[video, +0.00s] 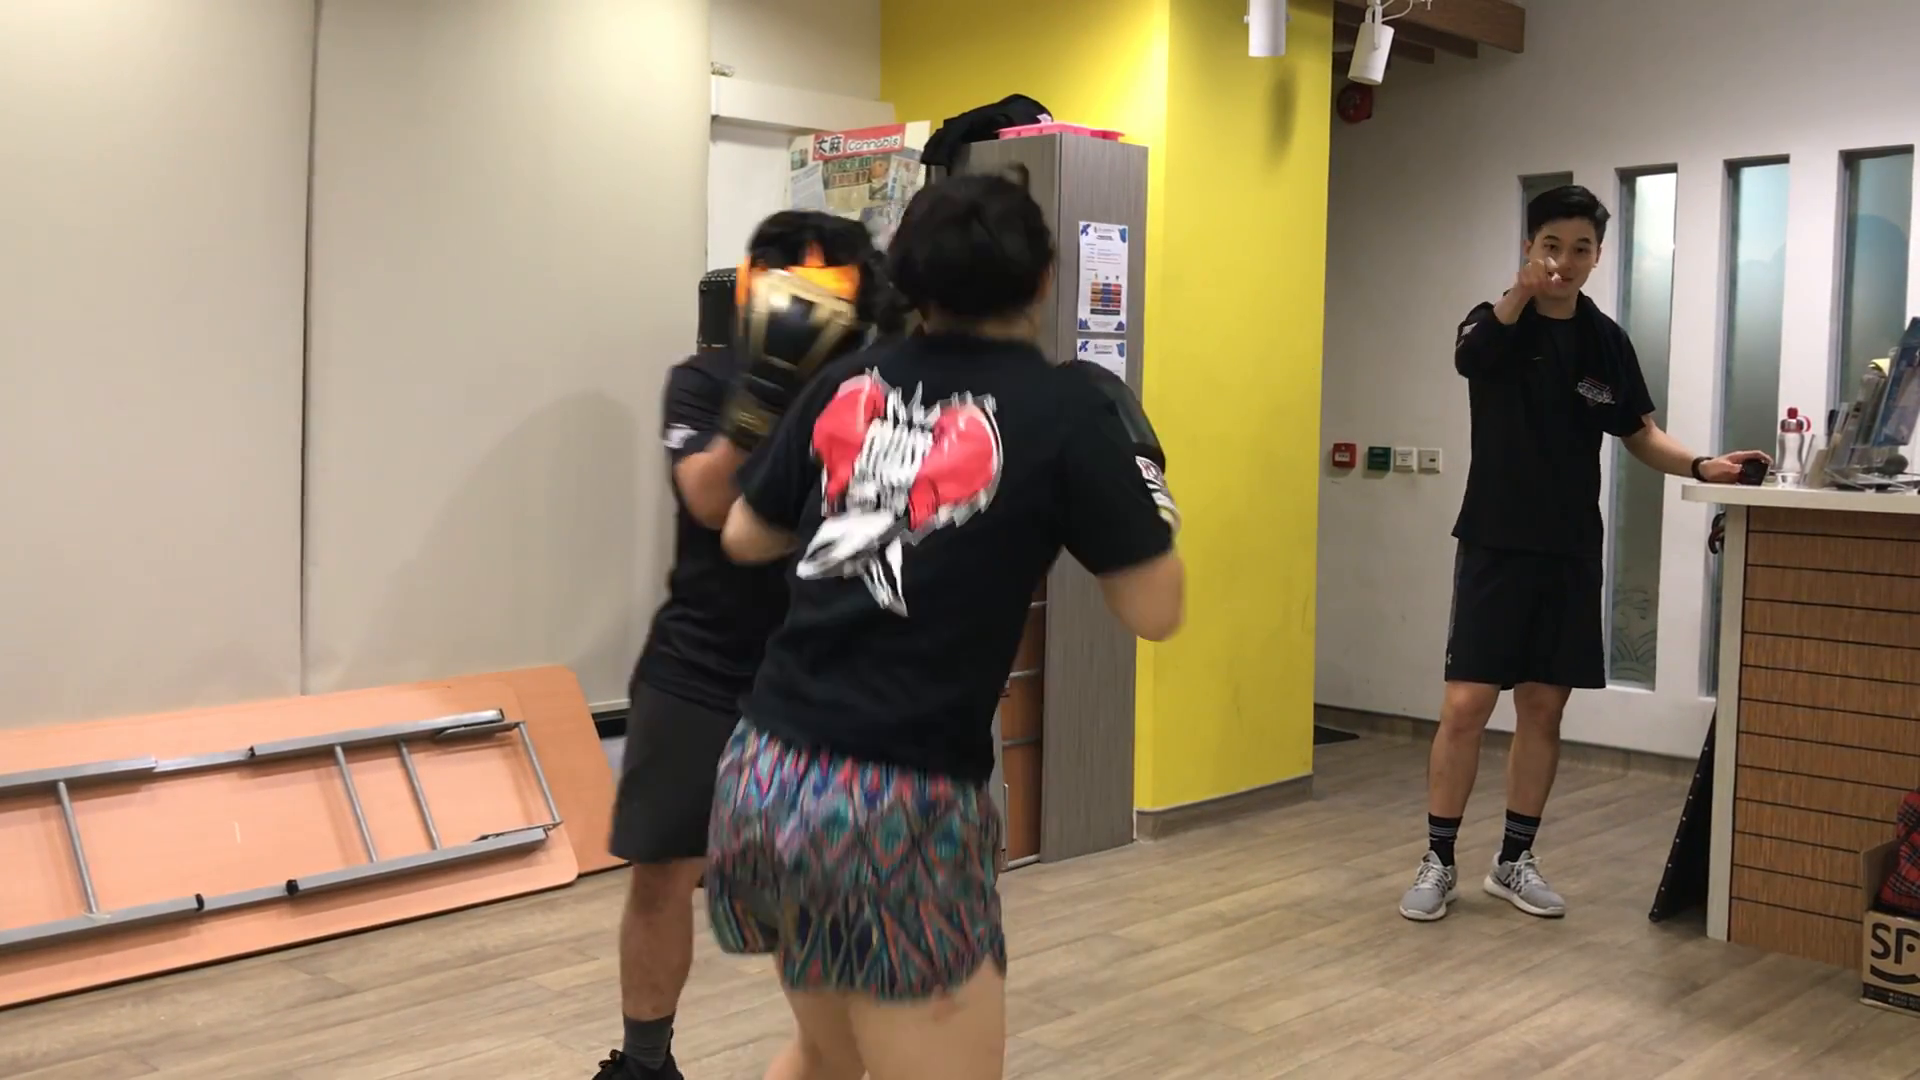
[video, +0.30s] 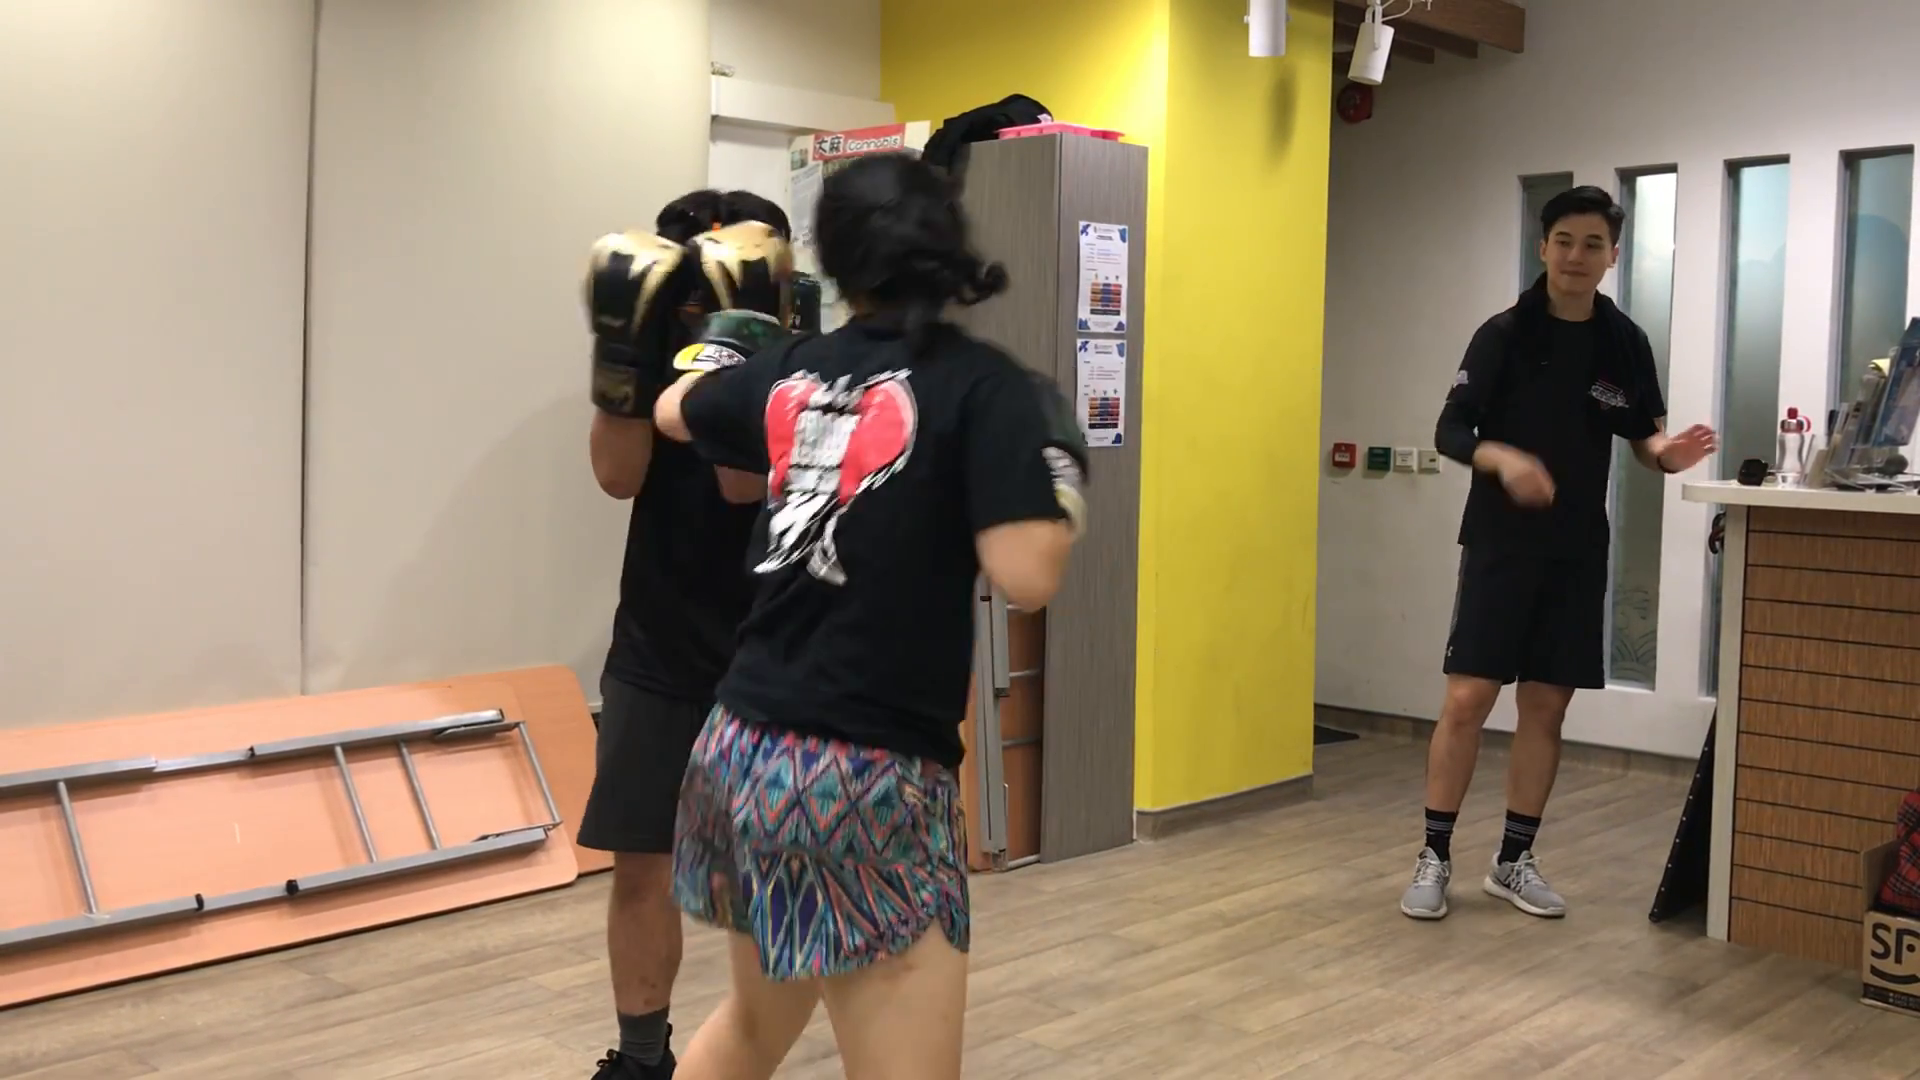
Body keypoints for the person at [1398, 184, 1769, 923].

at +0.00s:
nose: (1564, 262)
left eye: (1580, 251)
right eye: (1552, 246)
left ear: (1598, 259)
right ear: (1528, 249)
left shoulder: (1604, 339)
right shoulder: (1491, 321)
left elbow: (1642, 435)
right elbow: (1474, 355)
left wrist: (1703, 465)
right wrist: (1522, 292)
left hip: (1570, 549)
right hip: (1493, 541)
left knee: (1542, 709)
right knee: (1464, 708)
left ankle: (1513, 861)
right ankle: (1437, 863)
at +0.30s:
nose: (1577, 256)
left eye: (1593, 244)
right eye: (1565, 241)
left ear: (1613, 254)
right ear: (1543, 247)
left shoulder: (1626, 343)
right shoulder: (1502, 335)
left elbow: (1646, 439)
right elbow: (1451, 431)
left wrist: (1665, 453)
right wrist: (1505, 457)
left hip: (1577, 548)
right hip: (1499, 542)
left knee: (1545, 705)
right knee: (1468, 699)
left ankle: (1515, 861)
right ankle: (1434, 859)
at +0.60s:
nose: (1571, 259)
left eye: (1588, 248)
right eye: (1560, 245)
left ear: (1612, 258)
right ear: (1544, 251)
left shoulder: (1641, 346)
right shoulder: (1509, 337)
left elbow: (1675, 437)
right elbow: (1466, 424)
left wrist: (1651, 459)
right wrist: (1468, 491)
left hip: (1588, 550)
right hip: (1508, 540)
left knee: (1554, 706)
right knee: (1482, 700)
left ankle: (1519, 857)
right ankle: (1528, 798)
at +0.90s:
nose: (1565, 273)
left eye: (1581, 261)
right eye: (1556, 260)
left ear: (1610, 267)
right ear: (1543, 263)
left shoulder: (1642, 349)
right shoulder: (1519, 344)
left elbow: (1685, 440)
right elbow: (1479, 431)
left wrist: (1643, 470)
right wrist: (1477, 481)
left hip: (1602, 542)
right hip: (1531, 537)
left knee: (1572, 691)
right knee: (1540, 693)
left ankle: (1566, 847)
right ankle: (1576, 837)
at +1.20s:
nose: (1584, 268)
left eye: (1601, 256)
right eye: (1575, 255)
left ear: (1629, 262)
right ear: (1562, 259)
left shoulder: (1661, 344)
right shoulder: (1538, 340)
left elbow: (1700, 441)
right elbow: (1491, 419)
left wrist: (1638, 469)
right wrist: (1495, 480)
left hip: (1623, 539)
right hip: (1550, 535)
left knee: (1619, 699)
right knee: (1559, 692)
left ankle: (1647, 851)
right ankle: (1576, 841)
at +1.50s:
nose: (1618, 269)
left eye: (1635, 257)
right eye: (1609, 255)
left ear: (1665, 263)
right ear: (1597, 256)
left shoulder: (1695, 348)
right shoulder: (1570, 330)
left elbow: (1720, 450)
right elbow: (1521, 374)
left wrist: (1646, 472)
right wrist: (1546, 451)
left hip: (1657, 539)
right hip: (1581, 533)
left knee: (1652, 698)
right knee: (1571, 694)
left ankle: (1650, 851)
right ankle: (1578, 839)